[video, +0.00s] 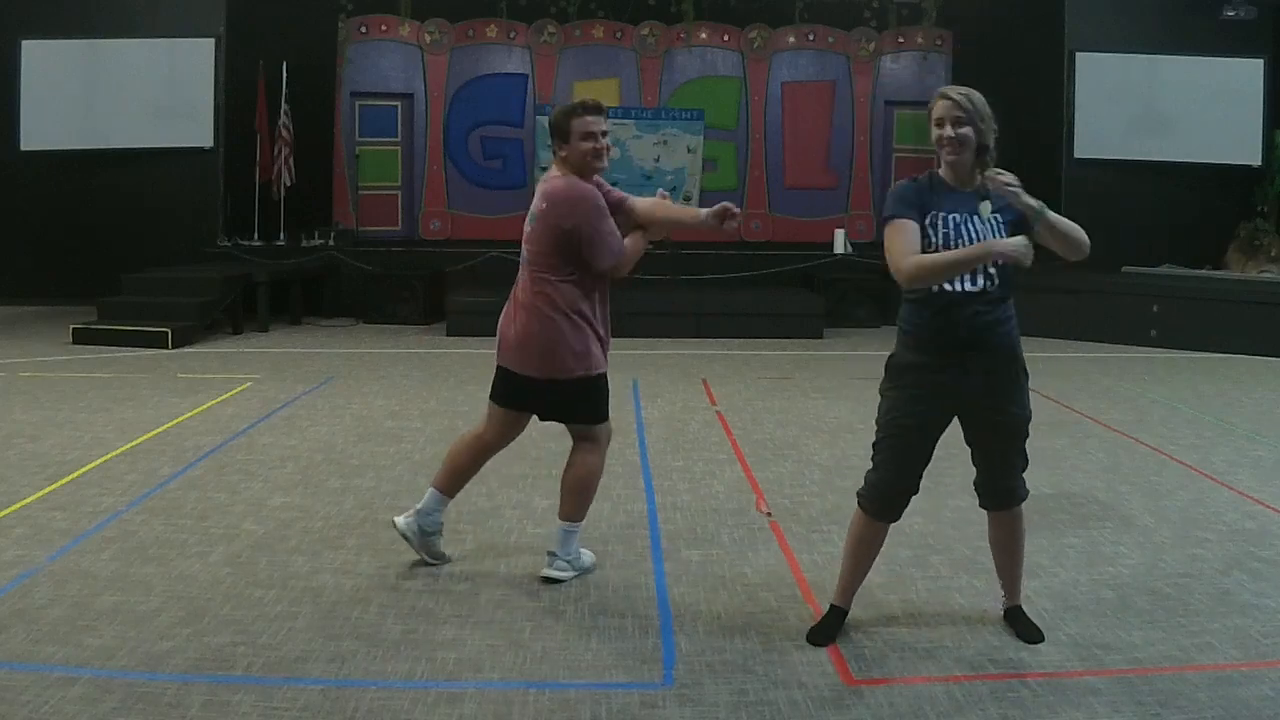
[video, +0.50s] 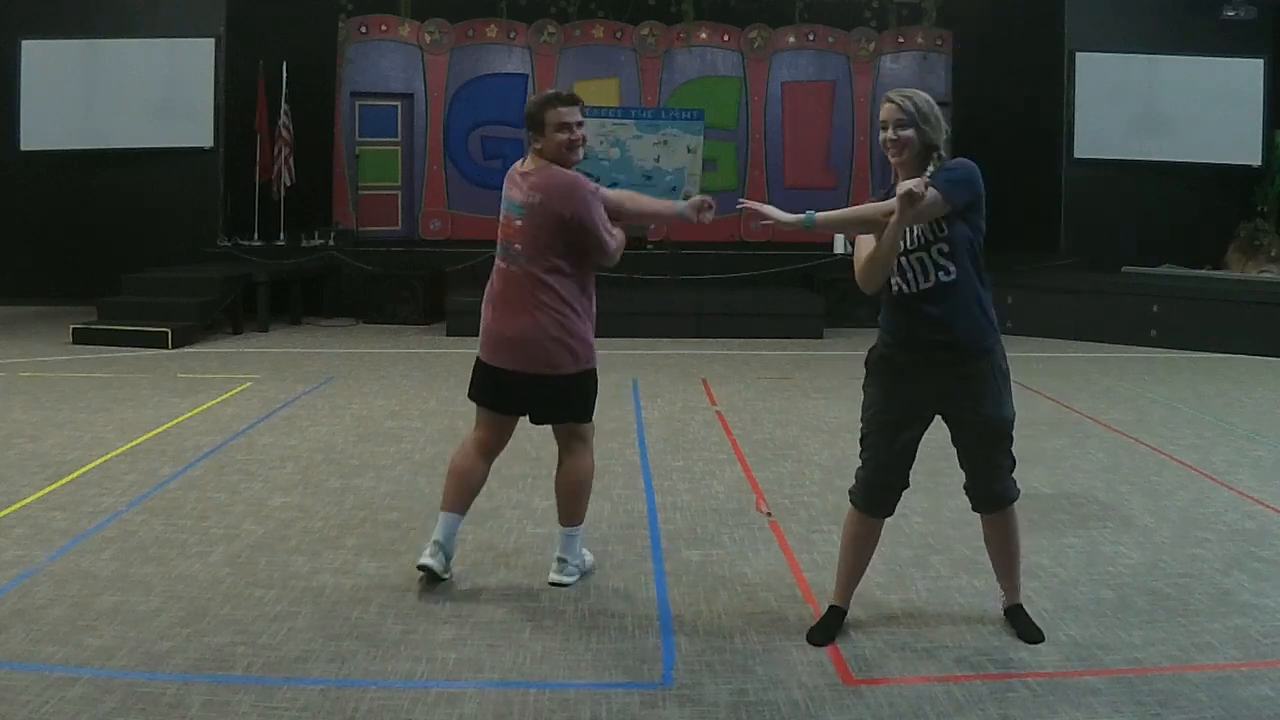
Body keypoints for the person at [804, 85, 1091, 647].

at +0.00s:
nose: (949, 132)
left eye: (961, 123)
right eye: (940, 124)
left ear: (983, 133)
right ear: (930, 134)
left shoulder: (1005, 198)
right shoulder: (909, 194)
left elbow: (1078, 248)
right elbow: (906, 269)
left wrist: (1027, 204)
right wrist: (991, 249)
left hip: (995, 368)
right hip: (921, 366)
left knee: (1004, 491)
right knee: (885, 490)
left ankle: (1013, 604)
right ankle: (839, 605)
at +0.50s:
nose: (892, 136)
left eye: (903, 126)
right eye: (885, 129)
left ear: (930, 130)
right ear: (880, 138)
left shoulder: (962, 175)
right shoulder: (872, 206)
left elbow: (895, 211)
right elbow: (868, 280)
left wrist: (798, 220)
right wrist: (896, 223)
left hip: (972, 360)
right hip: (899, 363)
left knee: (993, 486)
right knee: (875, 487)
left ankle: (1014, 602)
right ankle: (838, 604)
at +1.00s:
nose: (892, 147)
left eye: (900, 135)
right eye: (884, 140)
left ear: (928, 135)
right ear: (882, 148)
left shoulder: (972, 182)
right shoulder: (877, 214)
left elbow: (909, 227)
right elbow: (867, 299)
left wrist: (825, 237)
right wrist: (892, 257)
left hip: (968, 363)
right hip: (897, 364)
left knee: (994, 493)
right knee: (869, 489)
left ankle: (1009, 603)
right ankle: (837, 605)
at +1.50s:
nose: (1028, 150)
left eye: (1037, 139)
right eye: (1017, 139)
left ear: (1051, 136)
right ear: (997, 135)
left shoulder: (1076, 182)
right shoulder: (971, 193)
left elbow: (1143, 231)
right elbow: (927, 266)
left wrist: (1209, 282)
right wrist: (875, 330)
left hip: (1037, 355)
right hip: (972, 343)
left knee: (1028, 486)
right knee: (922, 453)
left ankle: (1013, 606)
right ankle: (865, 411)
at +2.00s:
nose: (1083, 160)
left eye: (1092, 151)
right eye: (1074, 147)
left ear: (1100, 147)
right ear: (1047, 135)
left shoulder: (1109, 195)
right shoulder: (1007, 183)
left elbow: (1182, 232)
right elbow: (957, 253)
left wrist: (1254, 267)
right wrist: (915, 310)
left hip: (1048, 357)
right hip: (985, 343)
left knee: (1030, 484)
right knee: (922, 456)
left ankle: (1012, 605)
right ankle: (921, 345)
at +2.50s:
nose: (1069, 178)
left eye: (1081, 171)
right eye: (1063, 164)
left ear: (1093, 166)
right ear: (1042, 143)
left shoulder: (1097, 207)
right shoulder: (993, 181)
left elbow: (1162, 253)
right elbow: (946, 255)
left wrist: (1230, 299)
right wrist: (907, 316)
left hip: (1028, 354)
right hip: (959, 342)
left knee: (1019, 482)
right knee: (920, 467)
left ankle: (1011, 604)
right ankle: (911, 377)